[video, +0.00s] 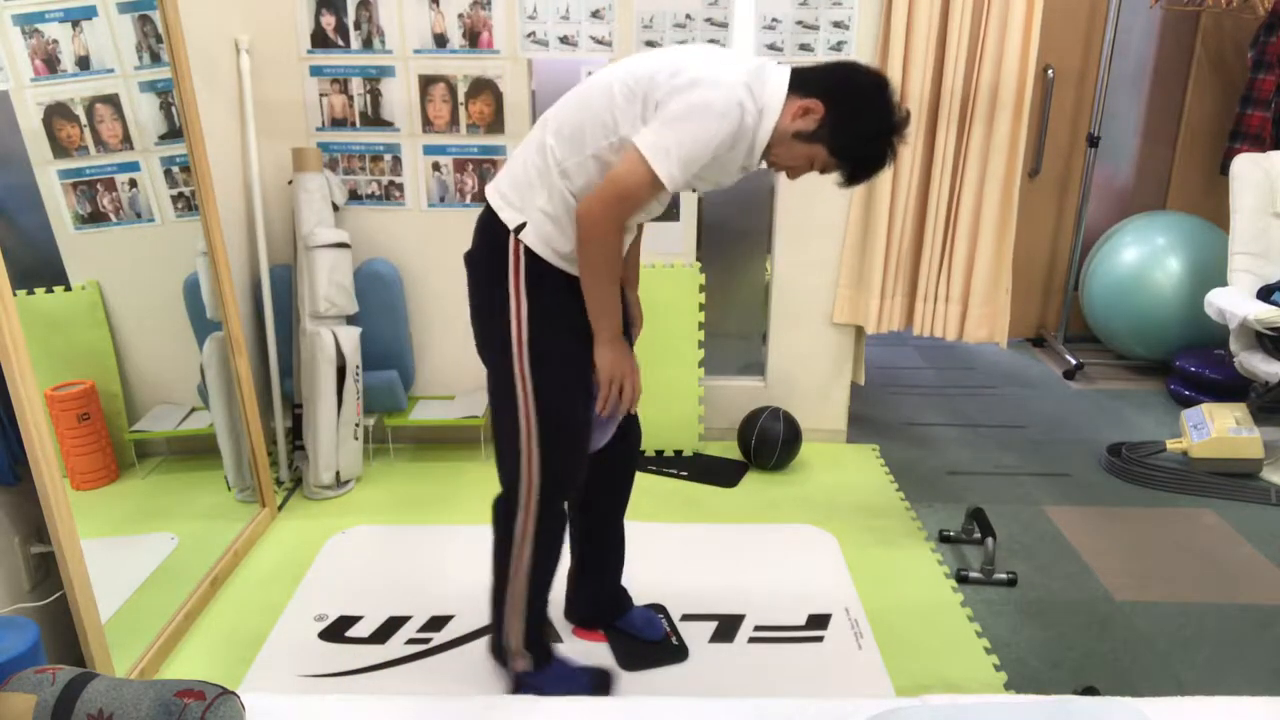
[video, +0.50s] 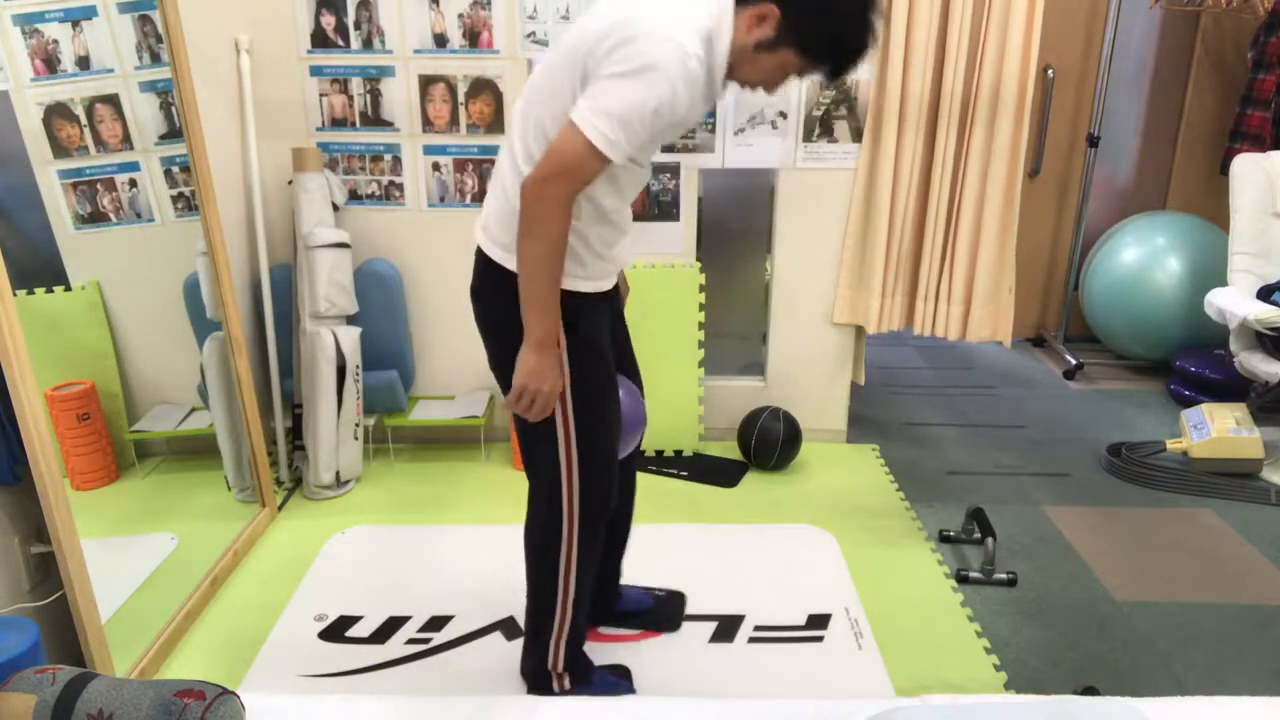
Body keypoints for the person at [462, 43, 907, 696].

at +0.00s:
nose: (800, 173)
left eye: (817, 170)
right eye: (817, 162)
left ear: (807, 109)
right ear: (809, 114)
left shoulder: (745, 115)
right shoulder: (724, 106)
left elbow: (630, 202)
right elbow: (598, 211)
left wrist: (627, 295)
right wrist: (609, 342)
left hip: (584, 250)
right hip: (525, 244)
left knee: (610, 441)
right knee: (545, 458)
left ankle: (597, 602)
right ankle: (520, 649)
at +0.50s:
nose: (778, 88)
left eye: (793, 78)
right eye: (788, 71)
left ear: (761, 17)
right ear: (762, 21)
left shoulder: (700, 44)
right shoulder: (666, 63)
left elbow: (603, 171)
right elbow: (545, 187)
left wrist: (611, 261)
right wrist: (541, 339)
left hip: (586, 276)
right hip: (539, 282)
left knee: (618, 435)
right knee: (576, 471)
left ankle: (594, 595)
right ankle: (554, 669)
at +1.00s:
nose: (746, 36)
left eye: (759, 25)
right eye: (758, 18)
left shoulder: (658, 28)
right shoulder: (614, 39)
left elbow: (585, 175)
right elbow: (530, 189)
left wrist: (600, 299)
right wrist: (565, 340)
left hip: (588, 276)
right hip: (536, 286)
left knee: (607, 444)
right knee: (569, 476)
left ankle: (601, 593)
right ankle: (553, 667)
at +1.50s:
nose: (728, 7)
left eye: (734, 1)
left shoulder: (640, 19)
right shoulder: (608, 29)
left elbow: (573, 173)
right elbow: (535, 185)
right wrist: (562, 341)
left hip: (587, 276)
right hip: (547, 287)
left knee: (603, 438)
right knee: (566, 473)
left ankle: (589, 583)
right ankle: (553, 666)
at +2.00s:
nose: (727, 10)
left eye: (732, 5)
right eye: (731, 1)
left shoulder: (641, 15)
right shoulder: (632, 12)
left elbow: (572, 136)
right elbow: (563, 134)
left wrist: (588, 277)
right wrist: (578, 282)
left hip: (574, 257)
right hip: (550, 263)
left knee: (590, 438)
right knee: (565, 458)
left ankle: (584, 585)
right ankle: (550, 661)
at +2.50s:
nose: (726, 35)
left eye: (740, 27)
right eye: (742, 19)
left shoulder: (621, 13)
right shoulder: (657, 7)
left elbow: (577, 122)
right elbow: (595, 115)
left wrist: (601, 254)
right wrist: (615, 262)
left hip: (559, 239)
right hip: (551, 241)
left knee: (590, 423)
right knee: (566, 442)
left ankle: (580, 586)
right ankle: (523, 653)